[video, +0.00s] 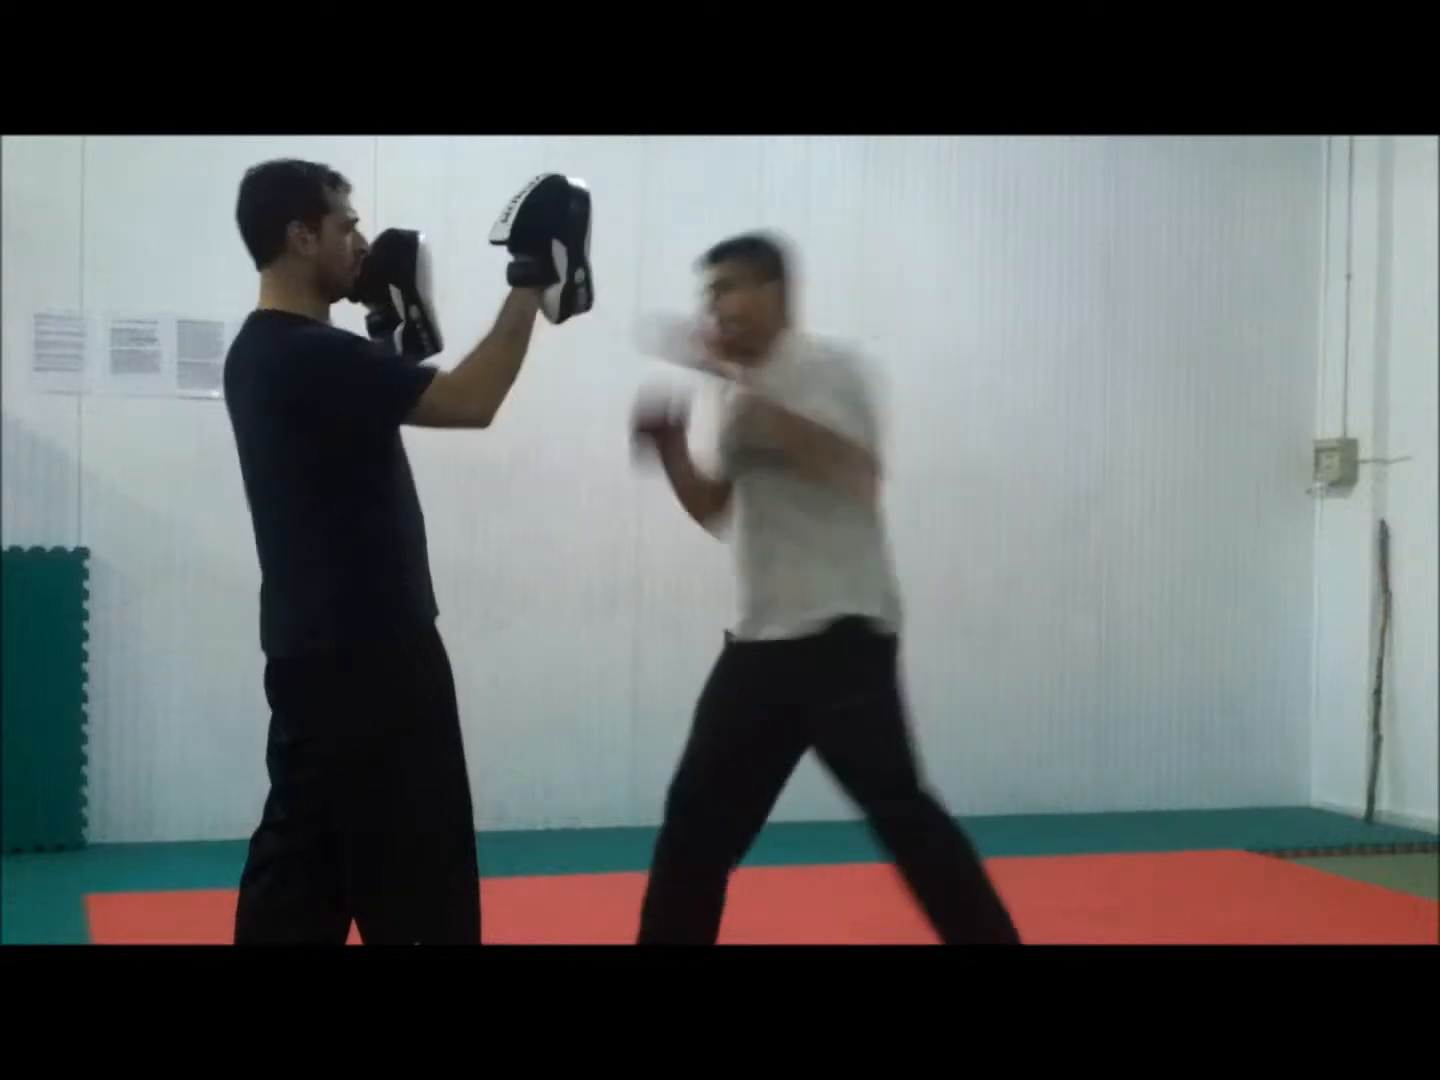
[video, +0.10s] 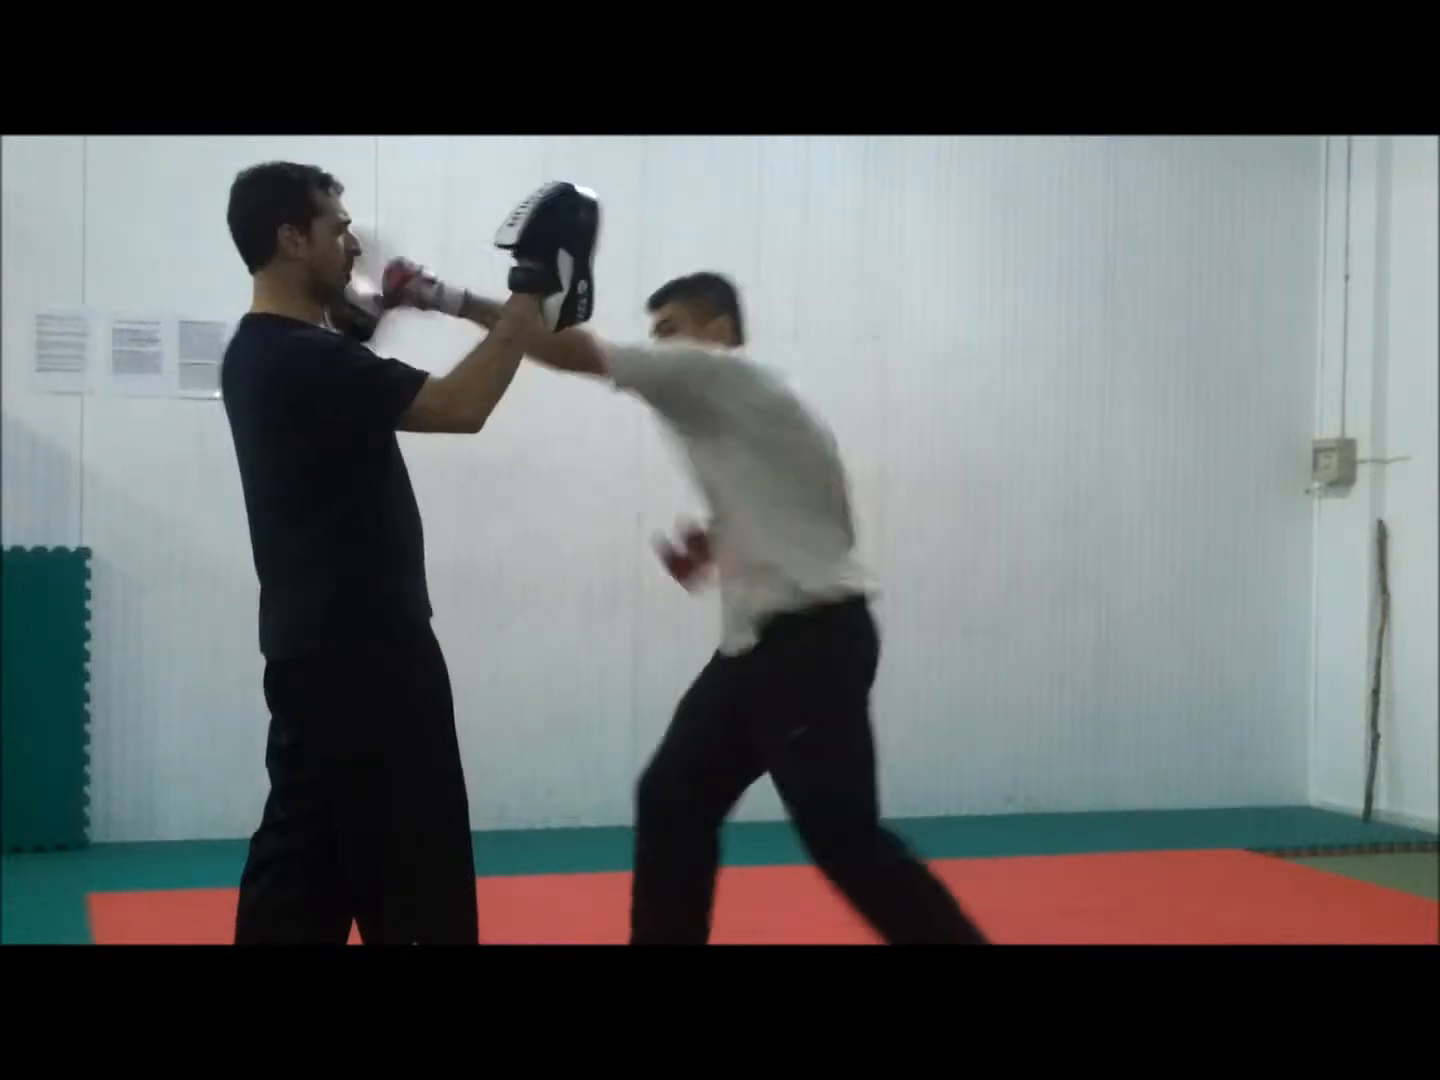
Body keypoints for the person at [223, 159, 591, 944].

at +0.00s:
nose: (361, 241)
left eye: (357, 224)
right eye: (348, 224)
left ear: (281, 239)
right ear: (301, 234)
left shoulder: (255, 351)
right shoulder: (310, 352)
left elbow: (352, 430)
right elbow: (470, 401)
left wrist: (393, 331)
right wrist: (528, 288)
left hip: (310, 646)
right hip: (375, 645)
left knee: (303, 856)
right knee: (423, 866)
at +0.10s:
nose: (353, 244)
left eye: (348, 226)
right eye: (339, 228)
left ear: (276, 243)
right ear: (290, 238)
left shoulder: (252, 351)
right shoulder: (308, 356)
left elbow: (319, 405)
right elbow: (459, 406)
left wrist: (351, 328)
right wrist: (534, 300)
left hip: (308, 648)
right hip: (372, 648)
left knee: (302, 856)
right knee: (423, 863)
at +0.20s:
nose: (340, 245)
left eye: (333, 228)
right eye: (326, 229)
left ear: (268, 248)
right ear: (281, 242)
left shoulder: (238, 357)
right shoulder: (299, 355)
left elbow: (330, 422)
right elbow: (457, 399)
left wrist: (349, 324)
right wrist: (546, 292)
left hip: (308, 647)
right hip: (372, 646)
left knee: (301, 859)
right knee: (420, 868)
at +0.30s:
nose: (331, 241)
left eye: (326, 225)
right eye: (318, 226)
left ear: (257, 248)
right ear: (272, 242)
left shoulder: (232, 358)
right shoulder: (296, 352)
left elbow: (345, 416)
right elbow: (455, 383)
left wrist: (357, 318)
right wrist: (554, 308)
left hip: (301, 642)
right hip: (369, 642)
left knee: (301, 851)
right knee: (422, 855)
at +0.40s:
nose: (331, 239)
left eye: (325, 223)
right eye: (317, 224)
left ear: (256, 246)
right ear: (272, 239)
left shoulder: (231, 356)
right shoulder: (295, 351)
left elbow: (343, 407)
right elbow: (454, 378)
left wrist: (352, 314)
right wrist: (564, 304)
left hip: (300, 647)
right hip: (367, 647)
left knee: (297, 863)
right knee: (419, 866)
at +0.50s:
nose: (337, 236)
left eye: (331, 219)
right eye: (323, 221)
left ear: (258, 240)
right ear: (277, 233)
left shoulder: (238, 351)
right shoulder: (296, 345)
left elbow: (333, 412)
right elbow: (445, 343)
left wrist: (347, 309)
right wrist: (580, 277)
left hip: (297, 642)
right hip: (362, 642)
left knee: (297, 859)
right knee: (414, 862)